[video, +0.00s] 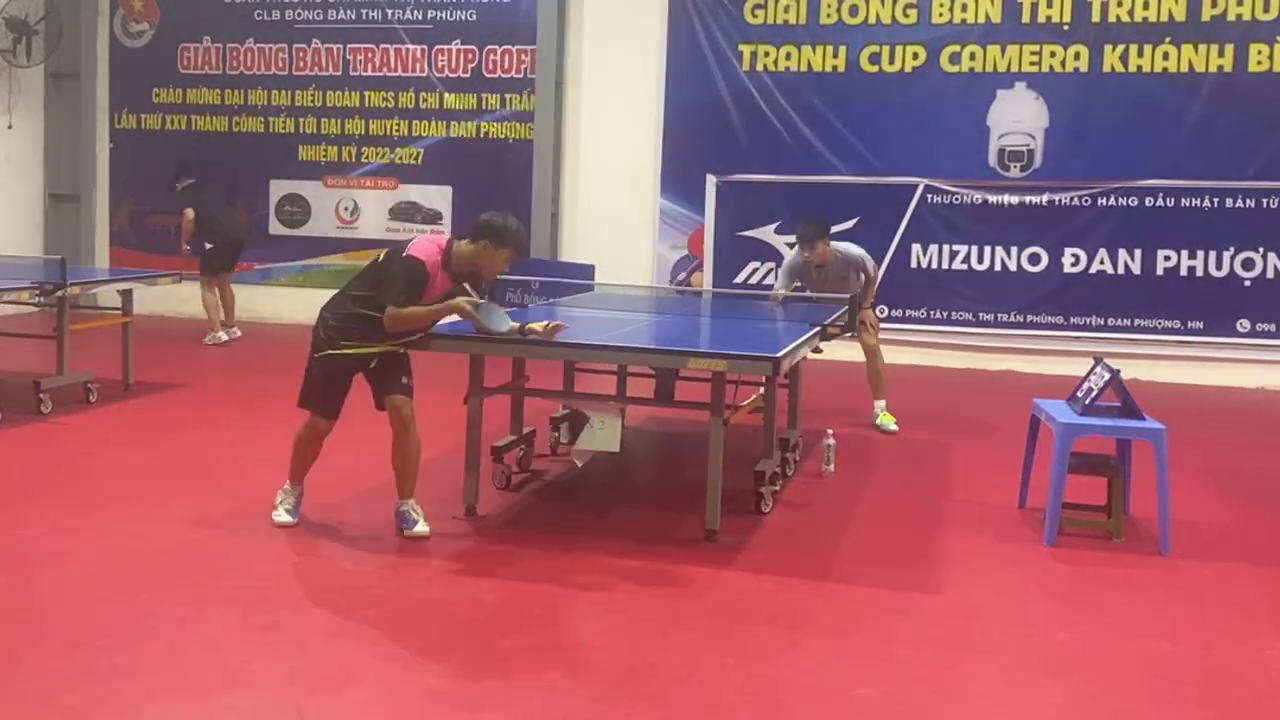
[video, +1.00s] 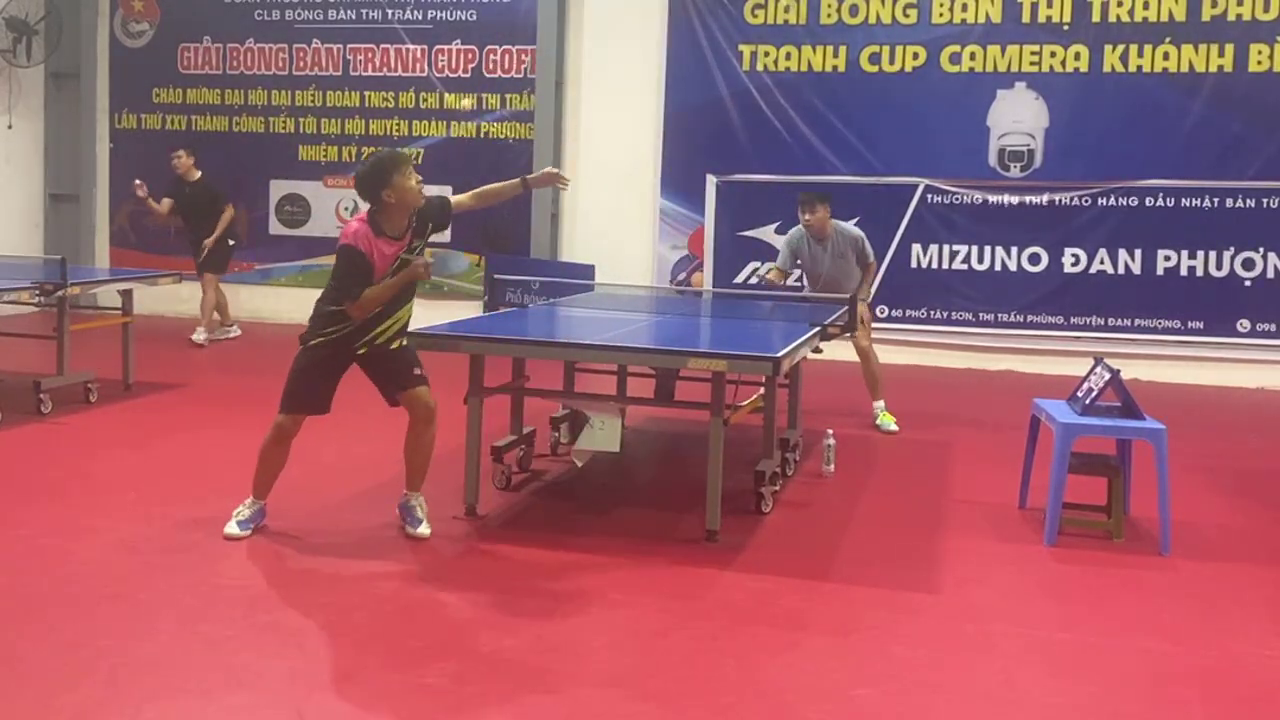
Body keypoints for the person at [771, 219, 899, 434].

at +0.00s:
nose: (806, 255)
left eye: (812, 249)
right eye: (803, 249)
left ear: (827, 244)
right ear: (799, 247)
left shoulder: (854, 255)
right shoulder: (795, 260)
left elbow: (873, 275)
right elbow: (776, 296)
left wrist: (867, 306)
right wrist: (779, 295)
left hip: (855, 303)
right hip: (820, 306)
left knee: (871, 345)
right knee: (785, 341)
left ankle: (881, 410)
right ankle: (765, 394)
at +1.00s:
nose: (806, 218)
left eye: (812, 213)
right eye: (802, 213)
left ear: (828, 212)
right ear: (799, 214)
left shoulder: (852, 235)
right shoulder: (795, 238)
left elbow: (870, 265)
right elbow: (780, 272)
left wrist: (861, 298)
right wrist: (773, 278)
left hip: (853, 301)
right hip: (816, 302)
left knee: (863, 347)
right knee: (784, 340)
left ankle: (880, 410)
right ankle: (766, 394)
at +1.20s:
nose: (795, 196)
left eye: (801, 190)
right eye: (792, 190)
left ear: (816, 190)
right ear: (788, 191)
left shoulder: (839, 219)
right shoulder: (782, 220)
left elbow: (852, 250)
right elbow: (767, 252)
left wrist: (842, 273)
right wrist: (762, 261)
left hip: (832, 298)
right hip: (793, 298)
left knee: (850, 343)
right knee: (774, 339)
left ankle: (876, 407)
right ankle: (766, 392)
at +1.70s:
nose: (787, 206)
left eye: (793, 199)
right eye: (784, 200)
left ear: (809, 199)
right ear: (780, 201)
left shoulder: (833, 228)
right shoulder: (774, 229)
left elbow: (852, 257)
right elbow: (746, 247)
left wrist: (849, 274)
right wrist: (734, 252)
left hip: (826, 306)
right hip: (784, 306)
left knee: (848, 356)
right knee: (744, 338)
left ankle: (850, 403)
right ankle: (740, 394)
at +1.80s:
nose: (770, 211)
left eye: (776, 206)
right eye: (767, 206)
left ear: (792, 205)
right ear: (763, 207)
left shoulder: (817, 231)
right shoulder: (757, 234)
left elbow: (837, 258)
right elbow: (723, 250)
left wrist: (844, 278)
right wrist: (719, 256)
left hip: (814, 311)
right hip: (773, 311)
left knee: (836, 355)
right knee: (739, 350)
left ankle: (848, 403)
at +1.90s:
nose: (750, 219)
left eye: (755, 212)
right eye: (746, 213)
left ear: (771, 211)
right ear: (743, 215)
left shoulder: (793, 234)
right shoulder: (737, 240)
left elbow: (816, 259)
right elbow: (703, 256)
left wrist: (835, 280)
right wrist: (701, 260)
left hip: (792, 312)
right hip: (750, 314)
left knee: (817, 353)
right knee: (717, 356)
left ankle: (847, 403)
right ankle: (709, 411)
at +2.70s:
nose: (765, 184)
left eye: (771, 179)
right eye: (760, 180)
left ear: (782, 180)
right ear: (755, 184)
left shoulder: (804, 211)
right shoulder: (746, 217)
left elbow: (817, 245)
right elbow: (729, 251)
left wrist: (809, 262)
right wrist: (714, 258)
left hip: (797, 291)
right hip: (756, 289)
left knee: (811, 347)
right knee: (725, 332)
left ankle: (809, 399)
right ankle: (713, 390)